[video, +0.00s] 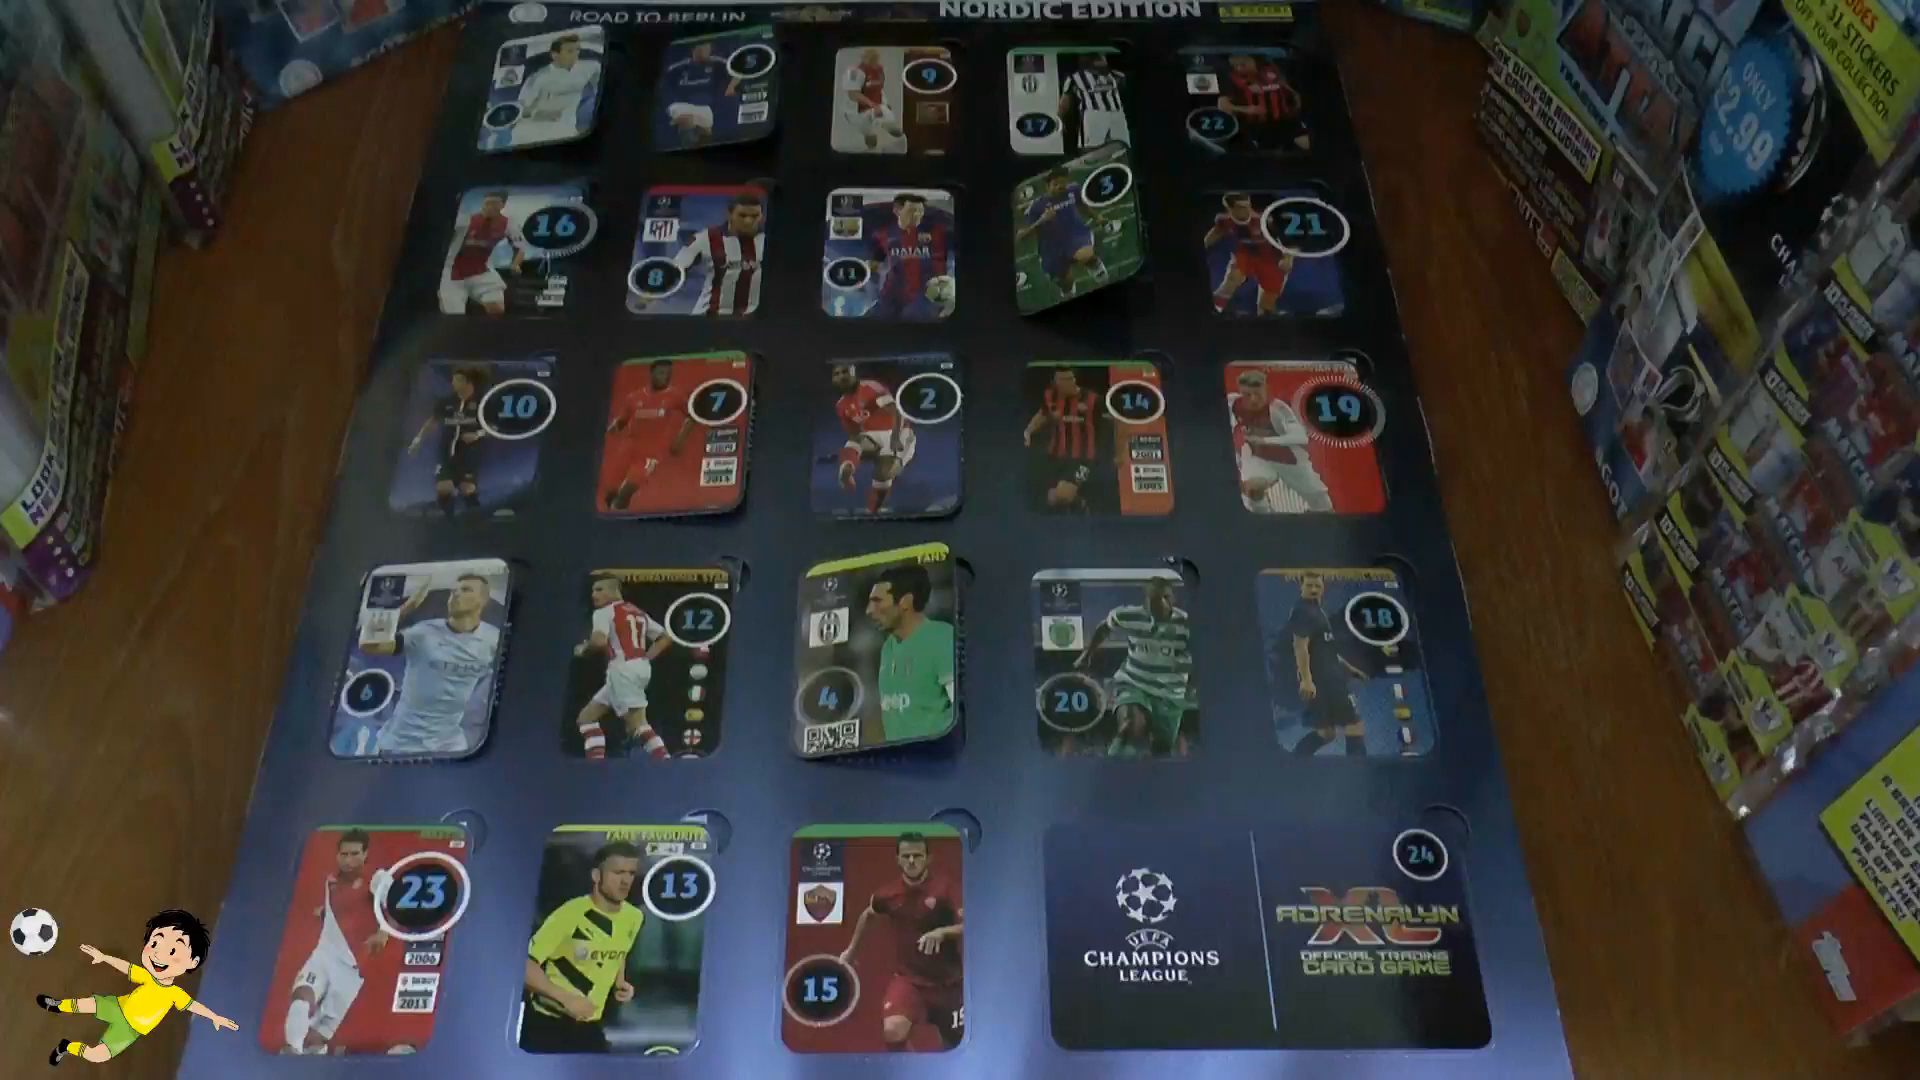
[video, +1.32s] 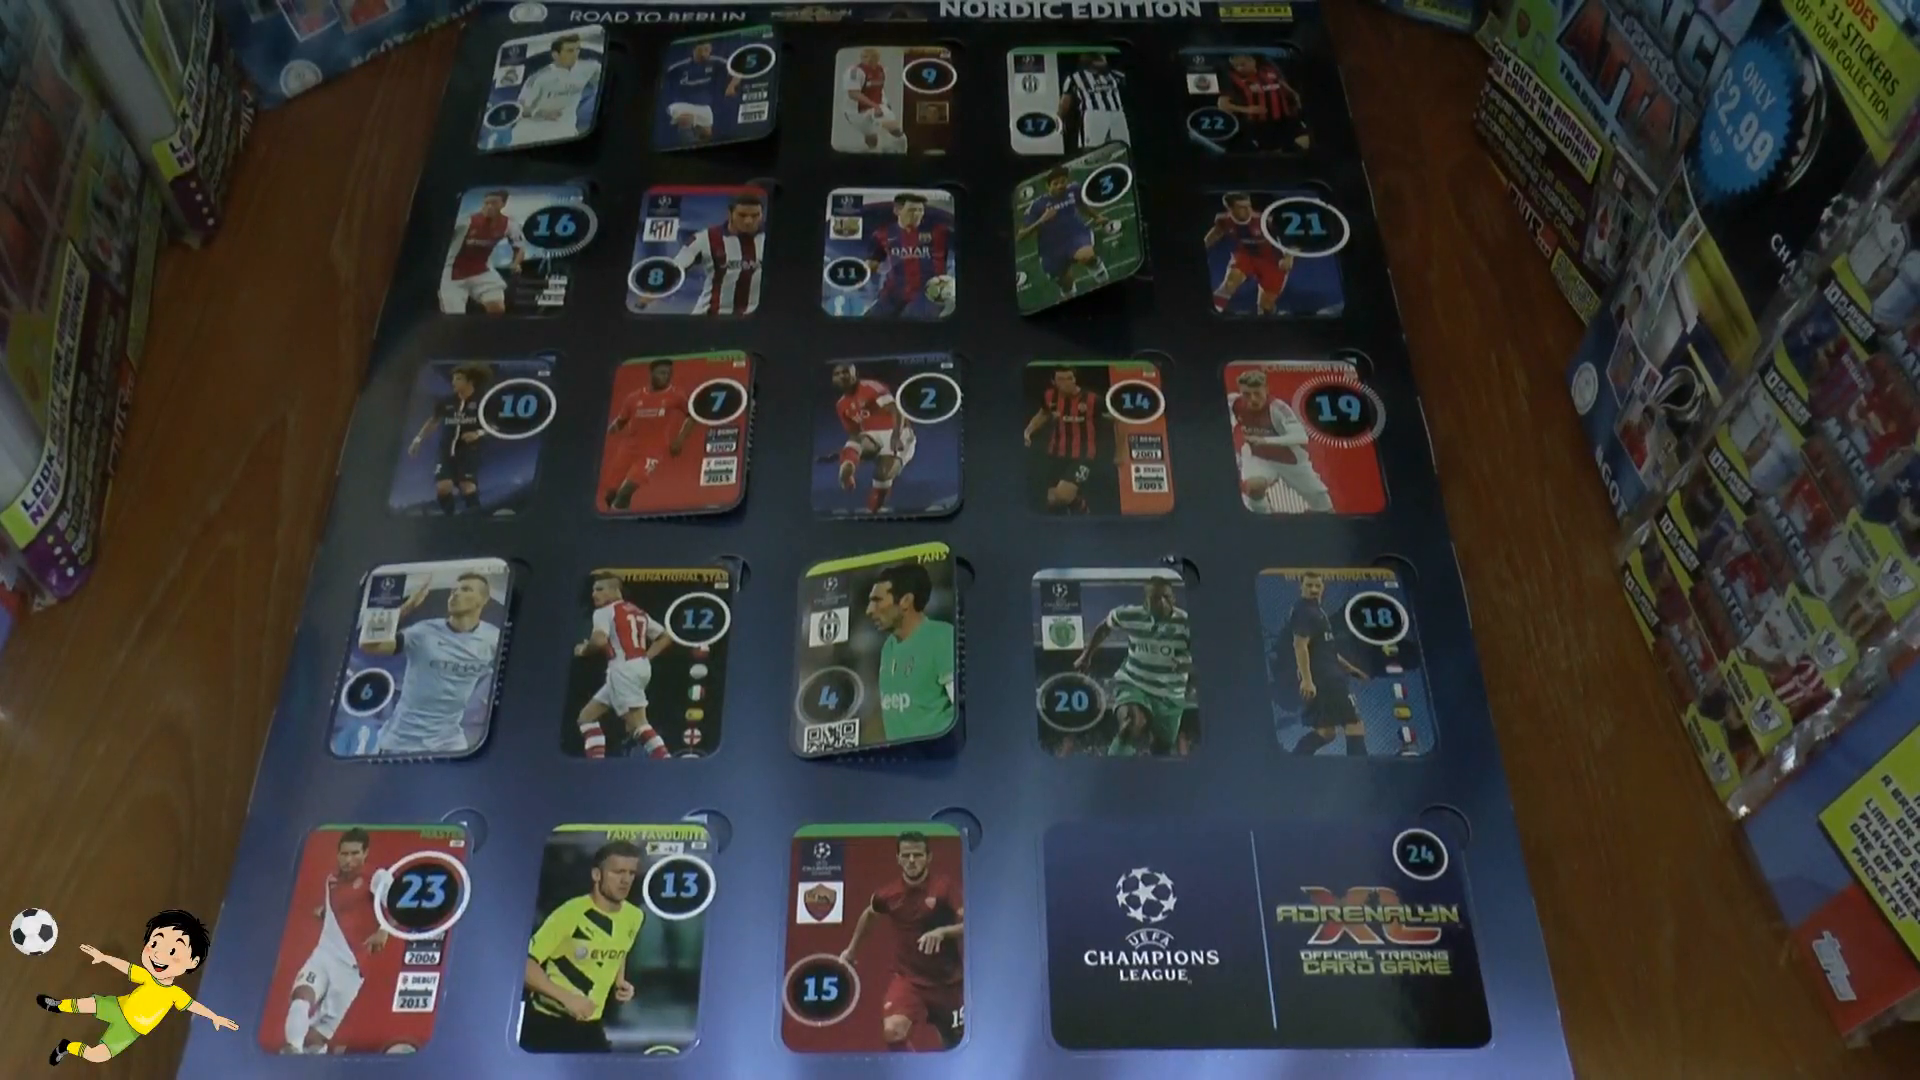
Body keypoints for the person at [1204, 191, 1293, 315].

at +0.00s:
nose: (1245, 211)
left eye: (1247, 207)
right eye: (1241, 207)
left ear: (1250, 206)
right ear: (1230, 208)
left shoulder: (1264, 220)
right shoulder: (1224, 221)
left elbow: (1285, 239)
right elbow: (1207, 243)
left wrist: (1287, 258)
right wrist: (1218, 231)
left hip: (1268, 257)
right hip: (1242, 255)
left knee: (1266, 306)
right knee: (1231, 282)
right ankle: (1213, 312)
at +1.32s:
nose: (1246, 211)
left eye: (1248, 207)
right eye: (1242, 208)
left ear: (1251, 206)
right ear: (1231, 209)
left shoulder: (1264, 220)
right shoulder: (1224, 221)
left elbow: (1286, 237)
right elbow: (1207, 243)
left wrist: (1288, 257)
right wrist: (1218, 231)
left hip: (1270, 260)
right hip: (1243, 256)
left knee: (1265, 305)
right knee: (1229, 285)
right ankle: (1211, 320)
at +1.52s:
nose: (1247, 213)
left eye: (1249, 208)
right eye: (1242, 209)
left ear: (1252, 208)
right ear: (1232, 211)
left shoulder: (1266, 222)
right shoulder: (1225, 223)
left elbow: (1287, 238)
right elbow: (1218, 233)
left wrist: (1289, 258)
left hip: (1272, 262)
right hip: (1245, 258)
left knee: (1267, 307)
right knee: (1230, 285)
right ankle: (1213, 319)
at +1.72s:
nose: (1247, 214)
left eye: (1249, 210)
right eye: (1242, 210)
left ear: (1252, 209)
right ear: (1232, 212)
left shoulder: (1266, 223)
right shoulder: (1225, 224)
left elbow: (1288, 241)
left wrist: (1289, 260)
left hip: (1272, 263)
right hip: (1245, 260)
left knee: (1267, 309)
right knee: (1230, 288)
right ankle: (1212, 321)